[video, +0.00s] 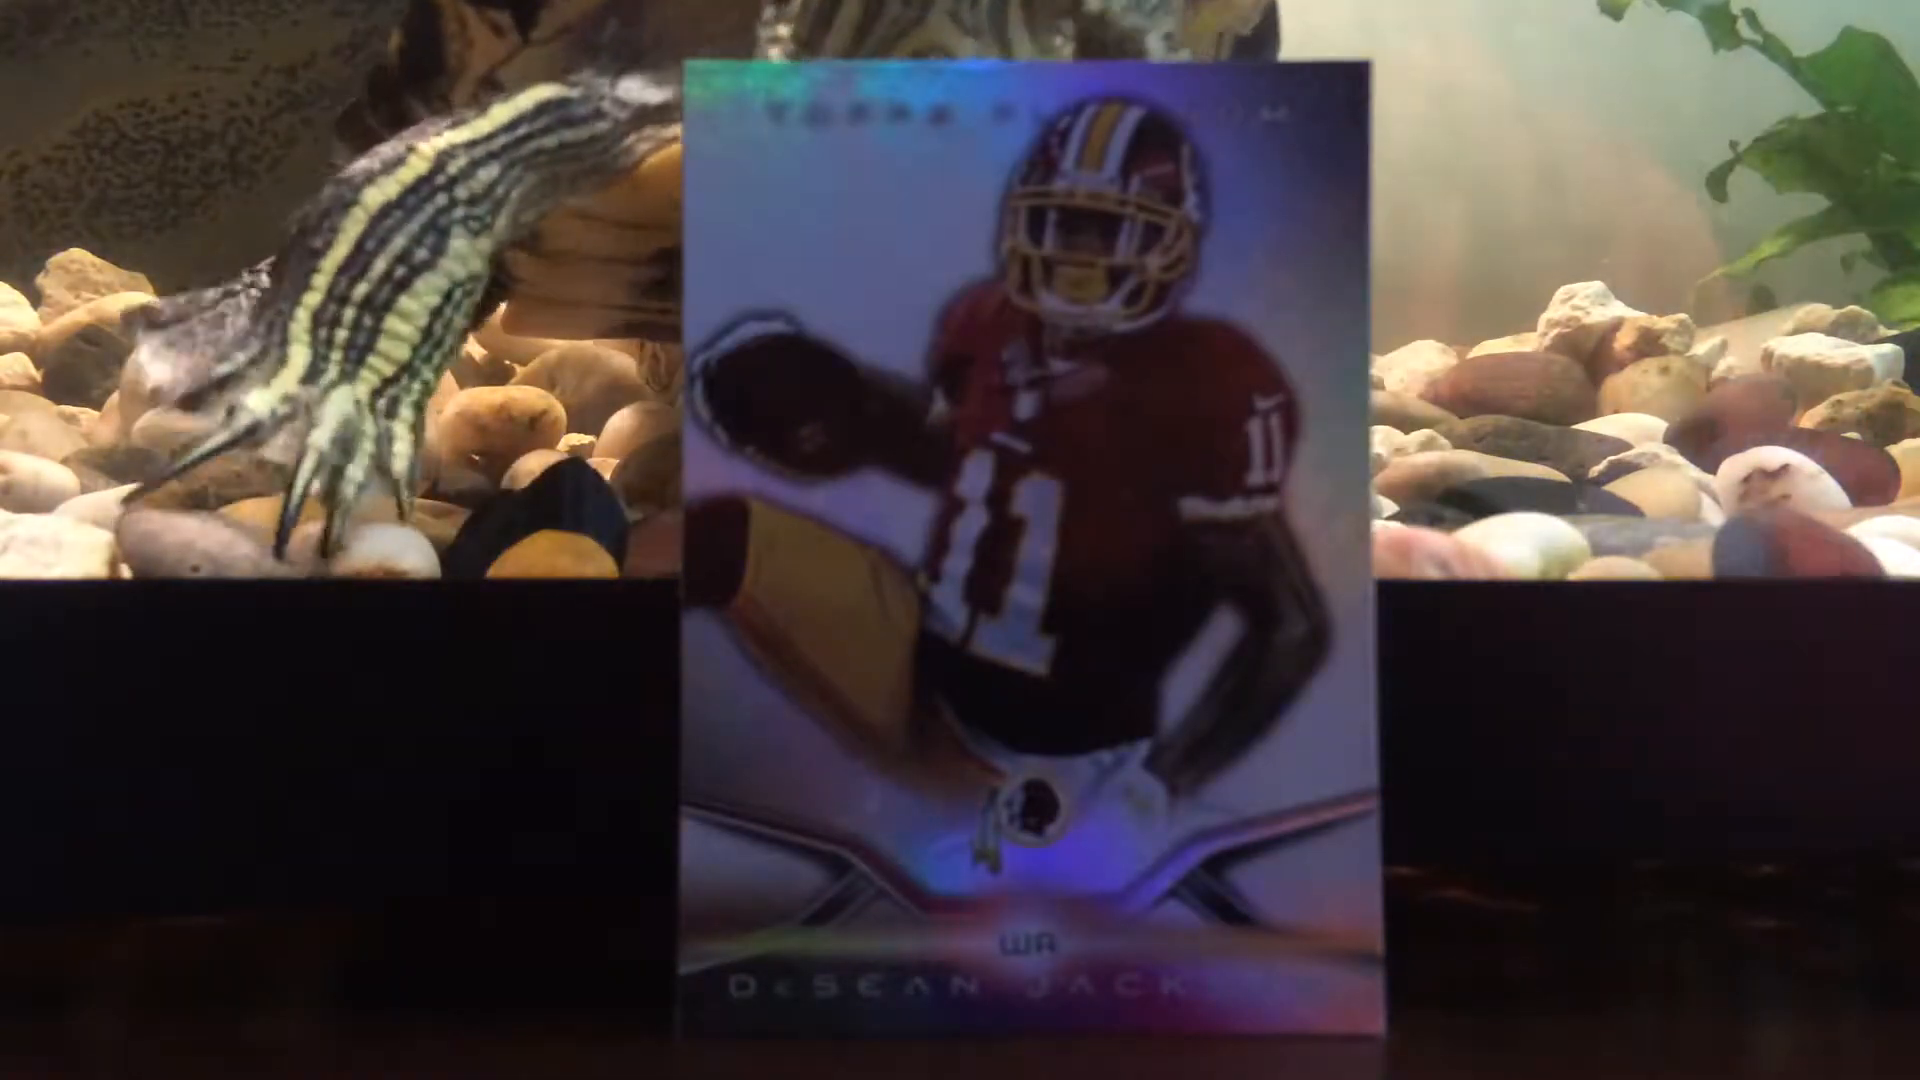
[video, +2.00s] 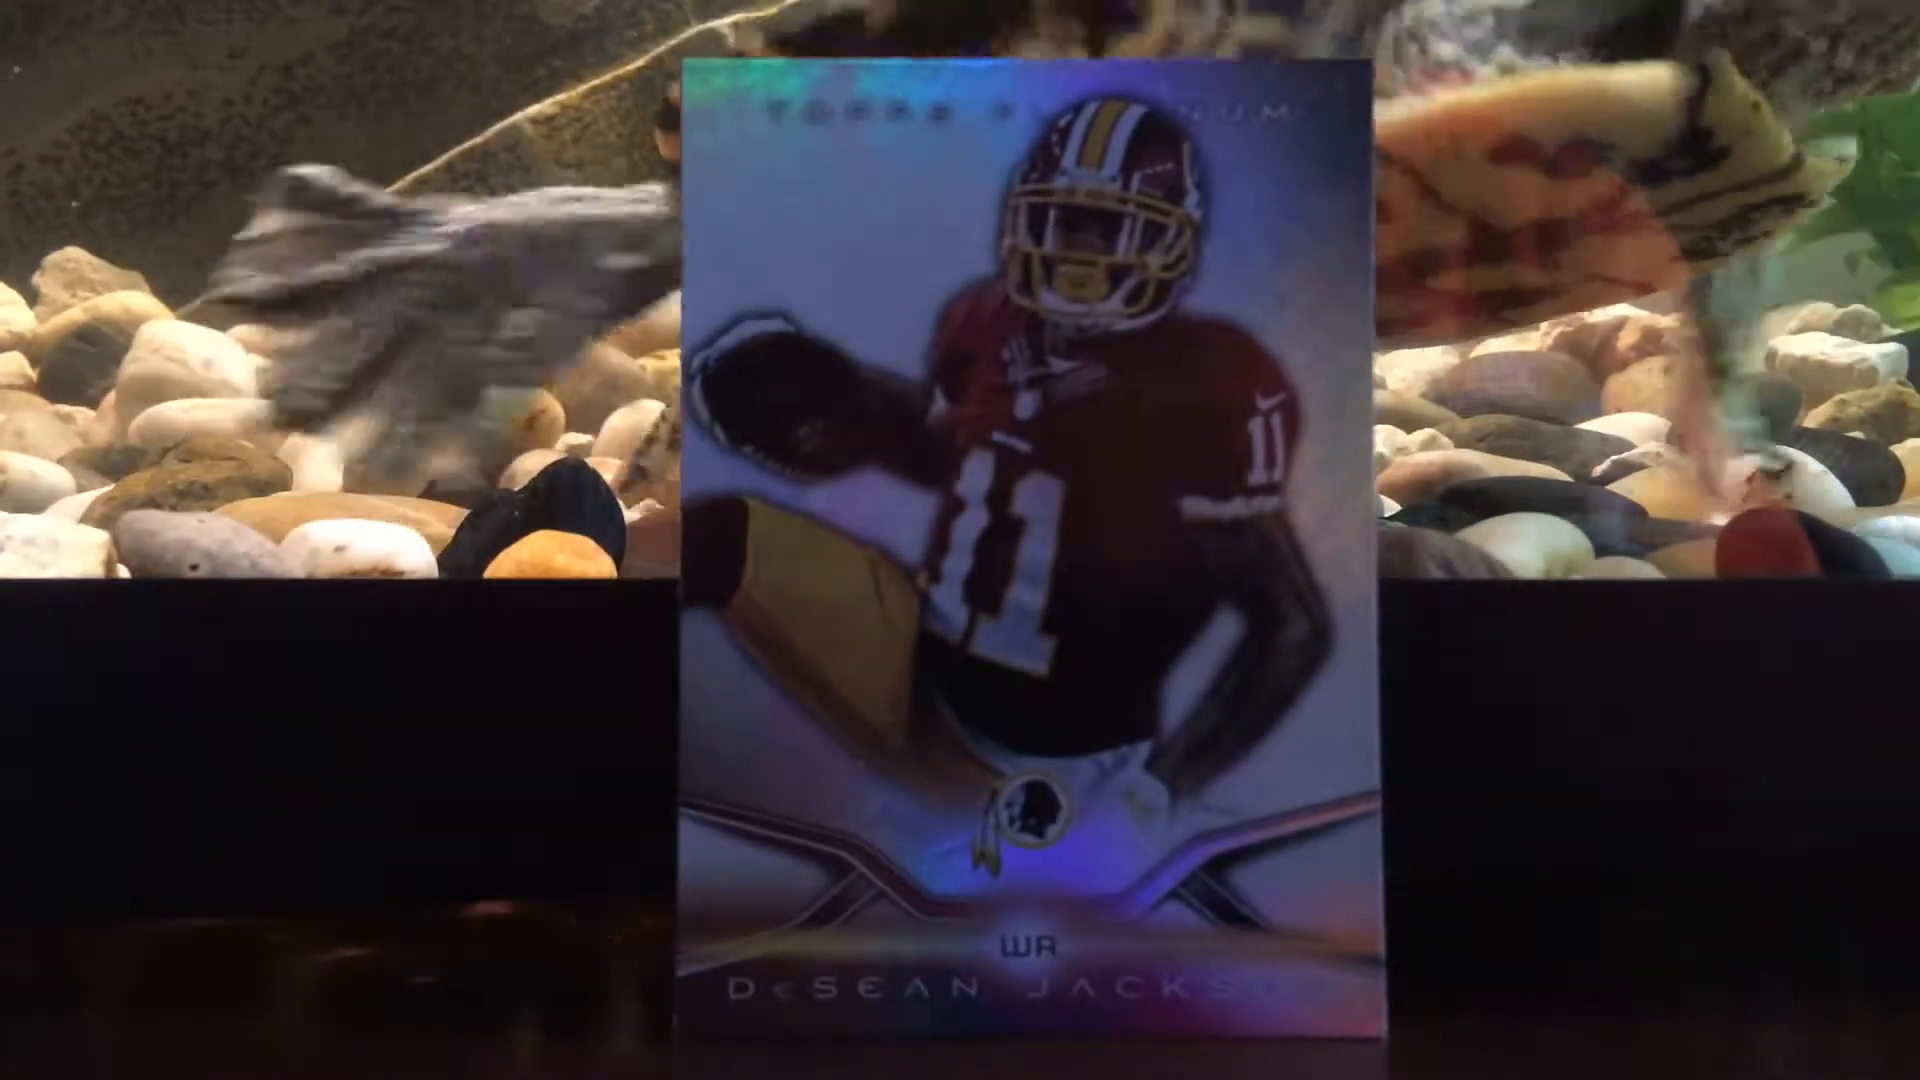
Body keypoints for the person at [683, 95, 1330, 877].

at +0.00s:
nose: (1080, 257)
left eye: (1114, 232)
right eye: (1061, 225)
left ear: (1176, 246)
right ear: (1021, 227)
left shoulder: (1213, 388)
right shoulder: (981, 327)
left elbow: (1292, 628)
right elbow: (959, 460)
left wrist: (1157, 787)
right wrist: (858, 416)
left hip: (1079, 749)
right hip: (929, 675)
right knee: (718, 538)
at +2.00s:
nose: (1079, 259)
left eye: (1114, 233)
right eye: (1059, 225)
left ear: (1175, 247)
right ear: (1020, 226)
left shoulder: (1217, 386)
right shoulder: (979, 325)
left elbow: (1294, 628)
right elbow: (958, 457)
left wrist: (1157, 792)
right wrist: (852, 411)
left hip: (1078, 753)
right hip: (929, 688)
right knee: (713, 539)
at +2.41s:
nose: (1078, 256)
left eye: (1113, 231)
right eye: (1059, 223)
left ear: (1175, 246)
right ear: (1020, 226)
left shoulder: (1216, 385)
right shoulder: (978, 326)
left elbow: (1294, 628)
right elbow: (960, 462)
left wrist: (1157, 791)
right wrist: (860, 418)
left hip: (1079, 758)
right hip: (931, 692)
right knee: (713, 541)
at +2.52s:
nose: (1079, 255)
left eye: (1114, 230)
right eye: (1060, 222)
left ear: (1176, 246)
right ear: (1021, 225)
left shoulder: (1216, 385)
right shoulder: (979, 325)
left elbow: (1294, 629)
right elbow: (956, 458)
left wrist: (1155, 791)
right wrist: (857, 414)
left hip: (1077, 750)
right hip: (929, 675)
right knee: (713, 535)